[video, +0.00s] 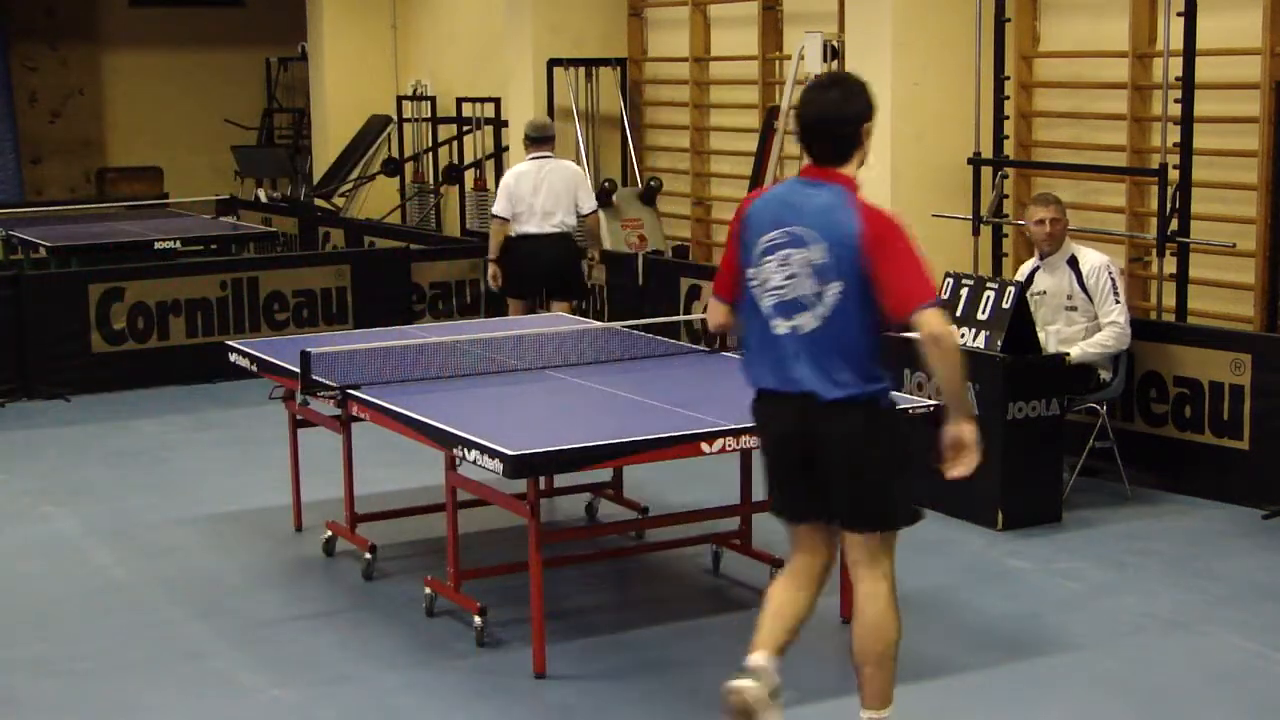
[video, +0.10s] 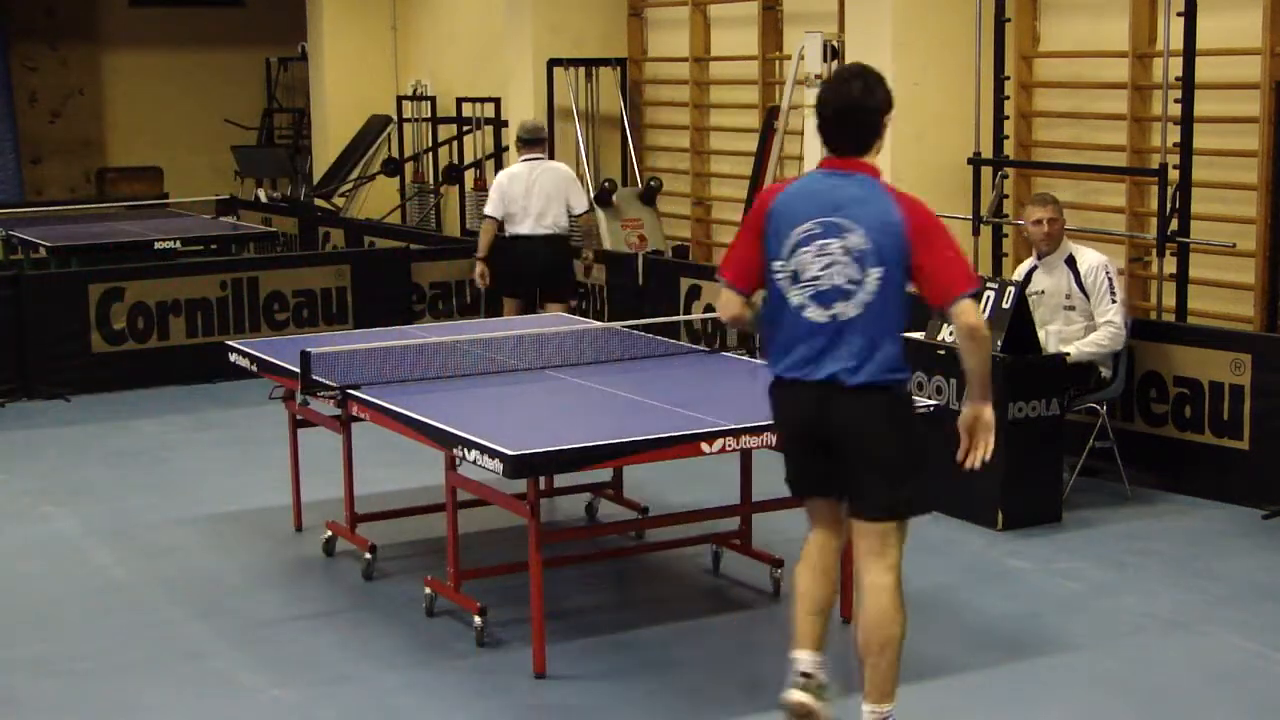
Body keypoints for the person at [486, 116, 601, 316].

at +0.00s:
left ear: (525, 143)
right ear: (553, 142)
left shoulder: (513, 175)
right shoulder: (573, 172)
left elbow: (499, 222)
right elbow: (591, 215)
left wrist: (492, 261)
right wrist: (595, 248)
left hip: (520, 253)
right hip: (562, 252)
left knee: (516, 322)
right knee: (561, 323)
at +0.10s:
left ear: (517, 146)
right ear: (545, 144)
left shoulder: (505, 177)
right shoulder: (563, 173)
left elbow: (490, 222)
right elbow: (585, 217)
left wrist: (481, 259)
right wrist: (589, 249)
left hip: (515, 255)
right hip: (556, 254)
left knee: (511, 322)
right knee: (556, 325)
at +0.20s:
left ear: (512, 143)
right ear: (538, 141)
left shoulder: (499, 174)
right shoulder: (557, 170)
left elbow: (481, 218)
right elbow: (574, 212)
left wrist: (471, 256)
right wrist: (582, 247)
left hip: (509, 253)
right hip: (548, 252)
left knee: (507, 321)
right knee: (553, 321)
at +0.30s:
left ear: (511, 139)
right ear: (536, 138)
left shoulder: (496, 169)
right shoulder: (553, 166)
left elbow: (477, 213)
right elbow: (566, 207)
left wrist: (471, 250)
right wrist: (574, 245)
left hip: (507, 244)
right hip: (544, 244)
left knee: (506, 309)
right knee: (549, 305)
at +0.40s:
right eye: (537, 138)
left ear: (511, 139)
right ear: (537, 139)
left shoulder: (496, 168)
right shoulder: (551, 167)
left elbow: (479, 210)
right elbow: (560, 208)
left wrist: (480, 243)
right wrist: (566, 248)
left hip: (505, 243)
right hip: (540, 242)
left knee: (506, 309)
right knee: (542, 307)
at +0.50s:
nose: (542, 150)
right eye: (542, 146)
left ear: (515, 146)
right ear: (541, 147)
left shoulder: (499, 172)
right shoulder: (551, 173)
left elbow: (482, 213)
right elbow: (558, 212)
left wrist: (495, 240)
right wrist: (561, 256)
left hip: (504, 246)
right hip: (538, 247)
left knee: (502, 315)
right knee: (536, 314)